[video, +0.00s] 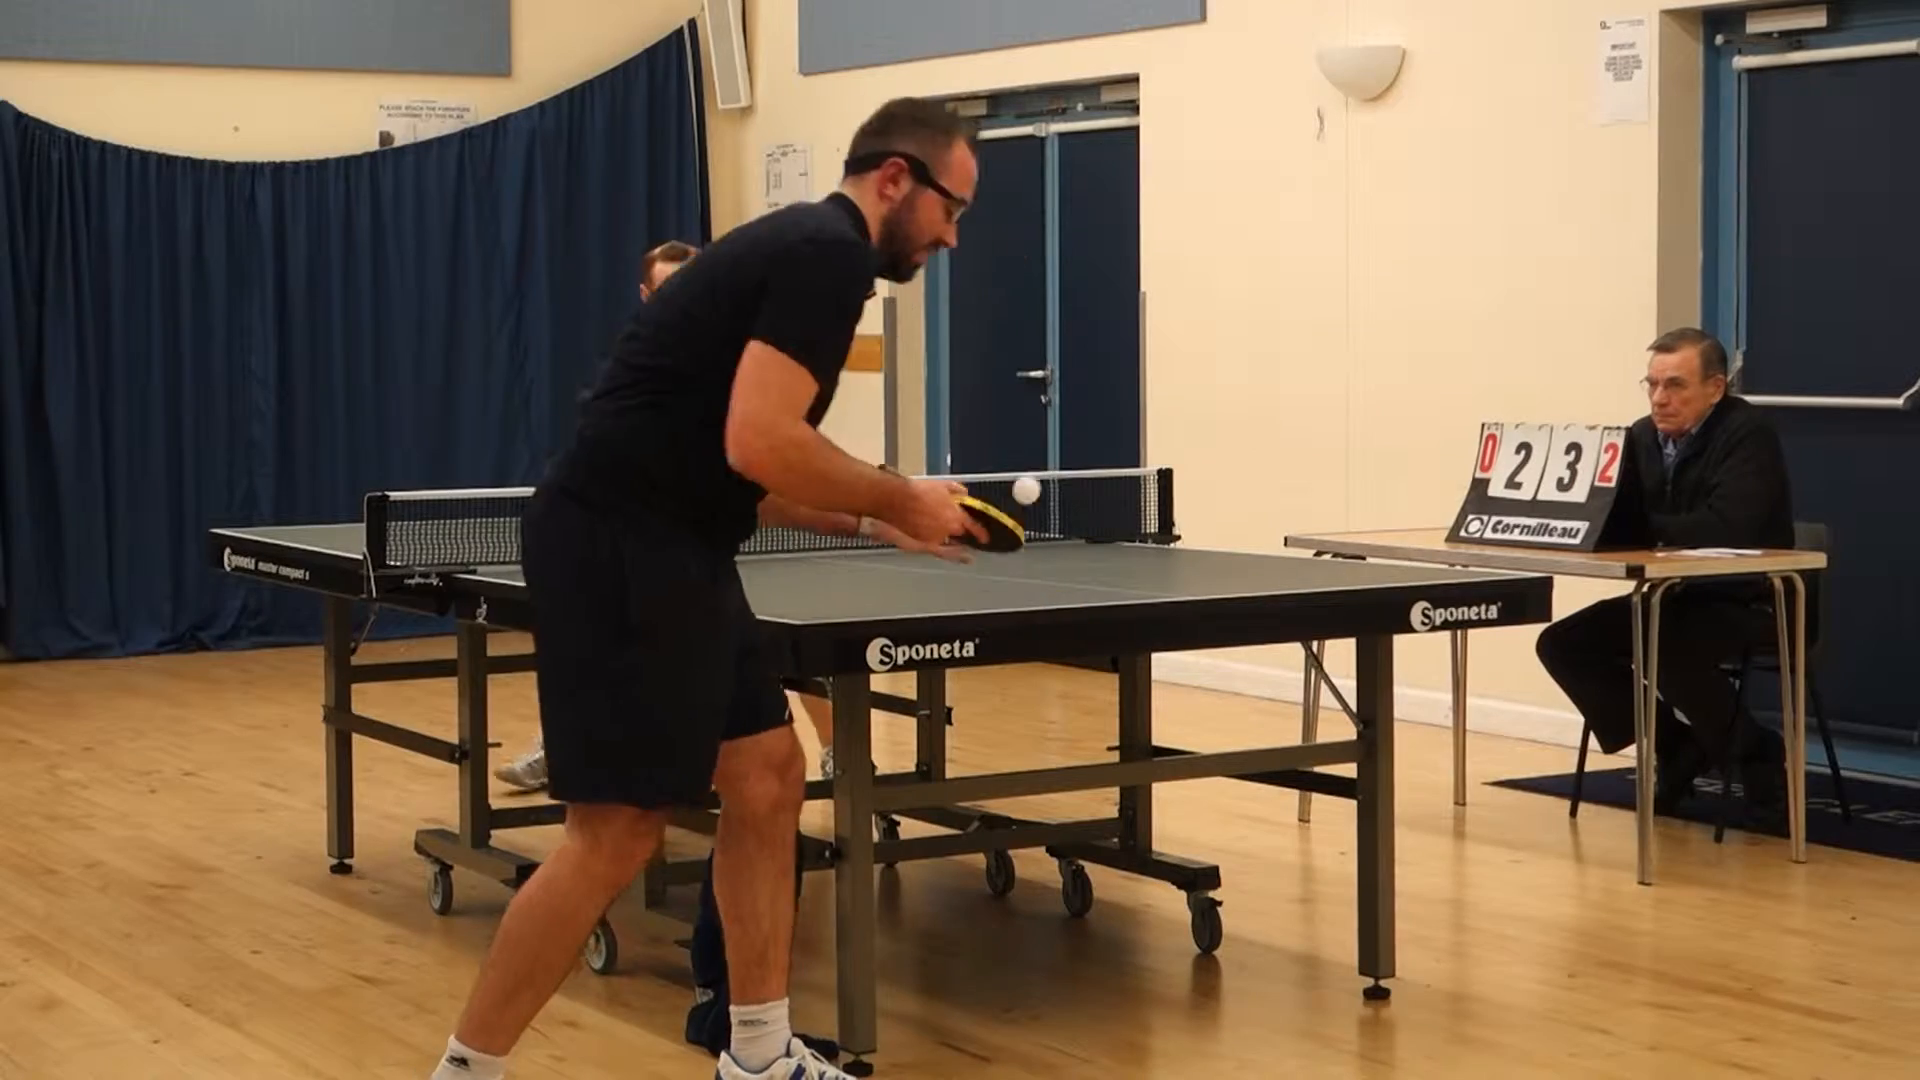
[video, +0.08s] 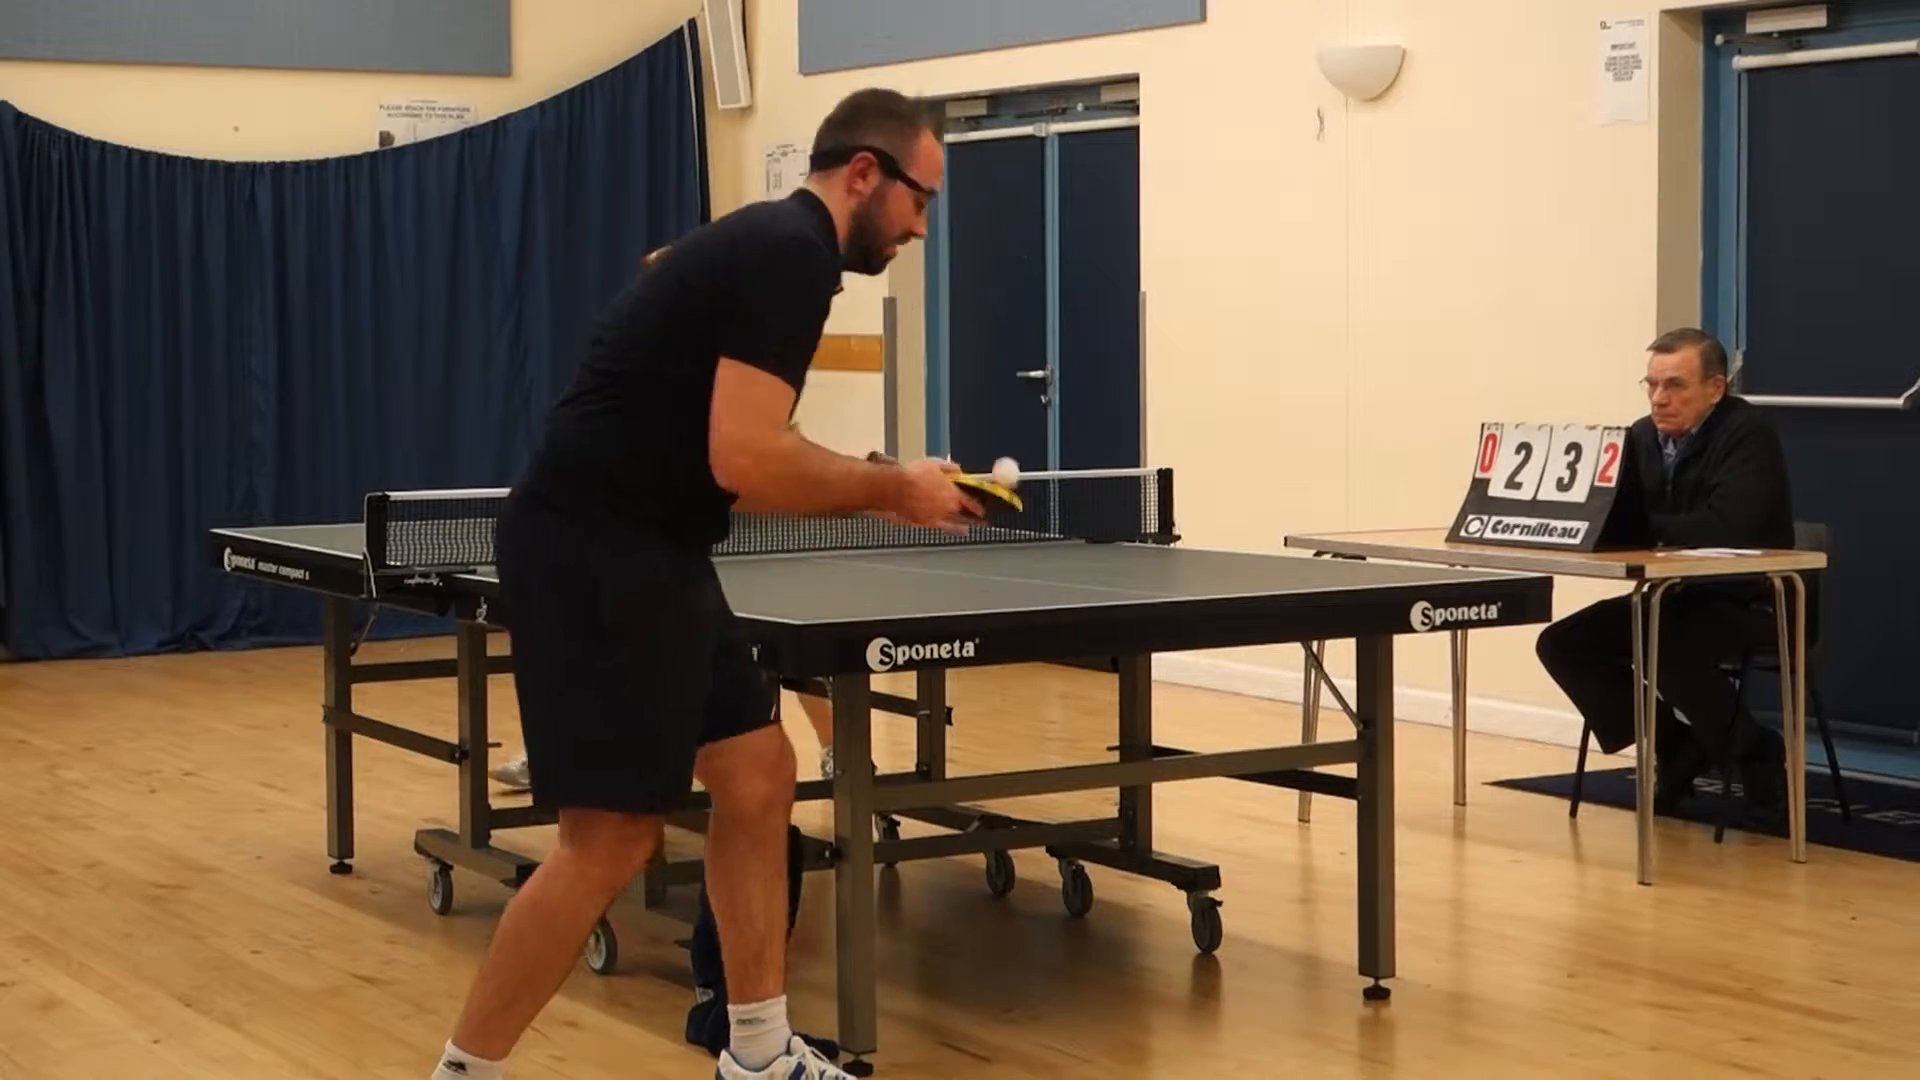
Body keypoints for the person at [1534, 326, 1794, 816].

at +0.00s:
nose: (1659, 398)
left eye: (1674, 384)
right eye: (1653, 384)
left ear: (1715, 388)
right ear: (1645, 385)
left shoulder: (1749, 435)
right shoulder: (1641, 438)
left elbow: (1734, 528)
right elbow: (1614, 520)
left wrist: (1643, 531)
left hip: (1753, 599)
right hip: (1672, 595)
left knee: (1669, 646)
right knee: (1562, 644)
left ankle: (1757, 751)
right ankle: (1674, 744)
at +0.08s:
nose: (1659, 397)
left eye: (1674, 384)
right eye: (1653, 384)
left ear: (1715, 388)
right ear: (1645, 385)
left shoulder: (1749, 435)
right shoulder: (1641, 438)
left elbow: (1734, 527)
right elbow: (1613, 519)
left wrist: (1643, 531)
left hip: (1754, 600)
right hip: (1672, 595)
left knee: (1668, 646)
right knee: (1562, 644)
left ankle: (1757, 752)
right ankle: (1674, 743)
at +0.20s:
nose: (1659, 397)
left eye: (1674, 385)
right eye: (1653, 384)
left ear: (1715, 389)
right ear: (1645, 385)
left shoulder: (1749, 435)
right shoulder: (1641, 438)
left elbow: (1733, 527)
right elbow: (1613, 520)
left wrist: (1642, 531)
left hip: (1753, 600)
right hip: (1672, 595)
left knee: (1668, 647)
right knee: (1562, 644)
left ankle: (1757, 750)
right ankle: (1674, 744)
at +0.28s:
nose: (1658, 398)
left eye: (1673, 384)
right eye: (1652, 384)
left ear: (1715, 388)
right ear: (1645, 385)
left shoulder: (1749, 435)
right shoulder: (1640, 438)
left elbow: (1734, 527)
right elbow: (1614, 521)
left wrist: (1643, 532)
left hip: (1755, 600)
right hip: (1672, 595)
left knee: (1669, 646)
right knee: (1562, 644)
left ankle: (1757, 751)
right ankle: (1674, 745)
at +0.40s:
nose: (1658, 398)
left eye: (1673, 385)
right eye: (1652, 384)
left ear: (1715, 388)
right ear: (1645, 385)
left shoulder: (1749, 435)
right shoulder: (1641, 438)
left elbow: (1734, 528)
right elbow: (1614, 521)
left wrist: (1643, 532)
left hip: (1755, 600)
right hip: (1672, 595)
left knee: (1669, 647)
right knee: (1563, 643)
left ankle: (1757, 751)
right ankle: (1674, 745)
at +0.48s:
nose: (1657, 398)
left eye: (1672, 385)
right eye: (1652, 384)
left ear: (1714, 388)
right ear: (1645, 385)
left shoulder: (1748, 435)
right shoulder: (1641, 438)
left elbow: (1734, 527)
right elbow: (1609, 514)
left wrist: (1639, 531)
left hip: (1754, 600)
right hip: (1671, 595)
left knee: (1667, 647)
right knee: (1563, 643)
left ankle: (1756, 751)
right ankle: (1674, 743)